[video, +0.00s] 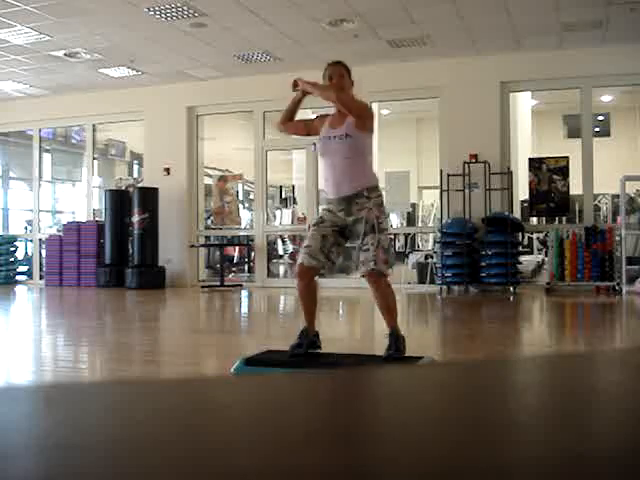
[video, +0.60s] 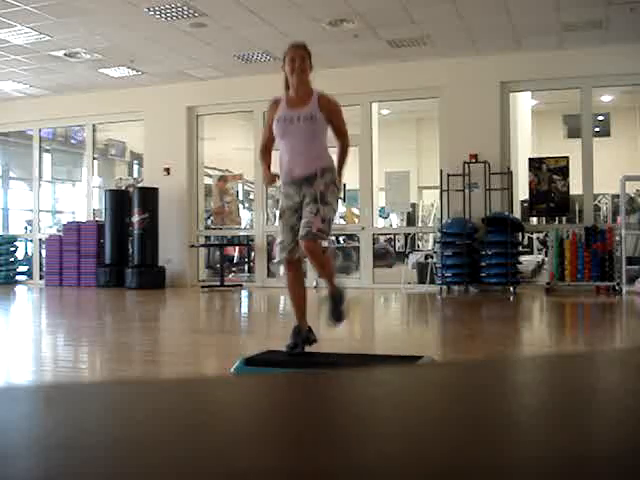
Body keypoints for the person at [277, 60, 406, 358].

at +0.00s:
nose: (336, 82)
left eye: (341, 77)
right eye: (330, 79)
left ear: (353, 82)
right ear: (324, 86)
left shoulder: (363, 114)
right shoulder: (322, 123)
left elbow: (339, 99)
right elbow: (284, 125)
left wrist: (309, 87)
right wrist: (300, 96)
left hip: (365, 203)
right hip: (332, 207)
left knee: (373, 272)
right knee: (304, 270)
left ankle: (395, 335)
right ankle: (310, 332)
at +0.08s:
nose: (324, 77)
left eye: (330, 71)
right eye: (320, 73)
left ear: (342, 76)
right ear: (315, 79)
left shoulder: (351, 110)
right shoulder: (311, 118)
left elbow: (345, 95)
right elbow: (272, 124)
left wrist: (304, 82)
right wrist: (270, 87)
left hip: (354, 195)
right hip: (323, 200)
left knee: (369, 267)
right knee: (301, 267)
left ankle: (393, 331)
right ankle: (310, 335)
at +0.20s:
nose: (316, 59)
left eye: (321, 54)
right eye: (311, 55)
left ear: (330, 60)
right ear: (304, 61)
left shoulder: (340, 90)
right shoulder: (296, 97)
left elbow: (359, 107)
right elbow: (265, 125)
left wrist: (338, 97)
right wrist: (246, 110)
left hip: (341, 172)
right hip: (308, 178)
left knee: (352, 242)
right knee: (304, 253)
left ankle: (381, 295)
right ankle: (305, 326)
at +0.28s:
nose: (309, 60)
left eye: (315, 55)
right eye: (304, 55)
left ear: (324, 61)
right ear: (297, 63)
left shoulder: (337, 94)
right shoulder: (291, 99)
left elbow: (361, 121)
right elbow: (268, 133)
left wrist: (349, 138)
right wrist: (250, 134)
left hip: (335, 172)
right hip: (304, 178)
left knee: (338, 233)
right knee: (299, 252)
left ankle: (371, 261)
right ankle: (303, 324)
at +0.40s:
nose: (302, 78)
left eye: (307, 73)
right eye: (297, 73)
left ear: (315, 78)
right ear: (289, 80)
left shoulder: (327, 117)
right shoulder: (281, 119)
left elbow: (352, 158)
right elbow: (271, 155)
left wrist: (367, 197)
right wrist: (264, 180)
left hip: (325, 191)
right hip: (294, 196)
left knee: (322, 247)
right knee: (289, 270)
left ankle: (357, 237)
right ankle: (305, 333)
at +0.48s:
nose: (301, 80)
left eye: (306, 76)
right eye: (296, 76)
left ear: (314, 82)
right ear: (287, 82)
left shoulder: (325, 120)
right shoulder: (278, 122)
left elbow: (349, 163)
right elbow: (269, 161)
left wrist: (364, 200)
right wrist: (265, 184)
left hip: (324, 195)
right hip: (292, 200)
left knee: (315, 249)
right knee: (285, 270)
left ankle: (352, 243)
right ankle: (304, 333)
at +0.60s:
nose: (297, 65)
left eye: (302, 60)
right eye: (292, 61)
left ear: (310, 66)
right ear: (284, 67)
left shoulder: (325, 103)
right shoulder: (276, 107)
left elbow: (344, 141)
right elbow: (266, 144)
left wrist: (338, 174)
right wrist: (266, 172)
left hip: (322, 178)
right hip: (290, 183)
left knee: (310, 243)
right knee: (291, 257)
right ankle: (302, 327)